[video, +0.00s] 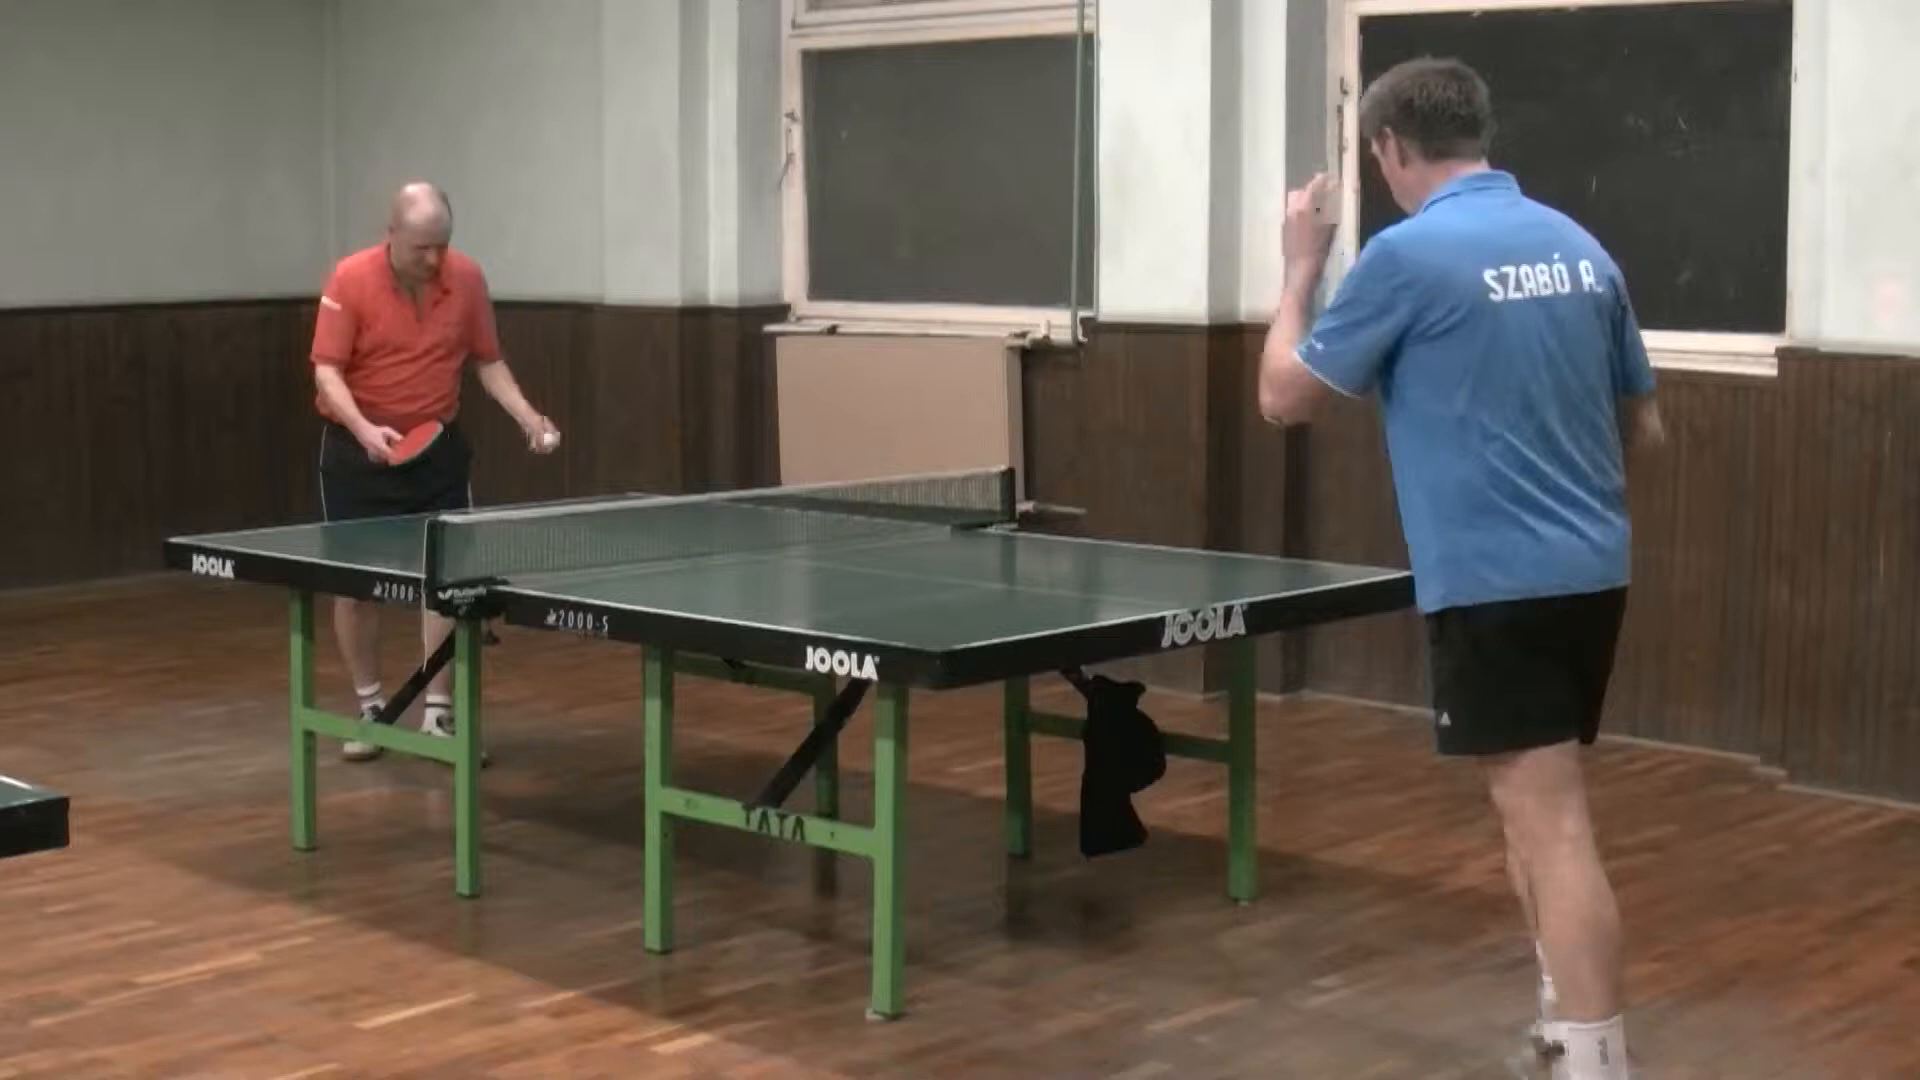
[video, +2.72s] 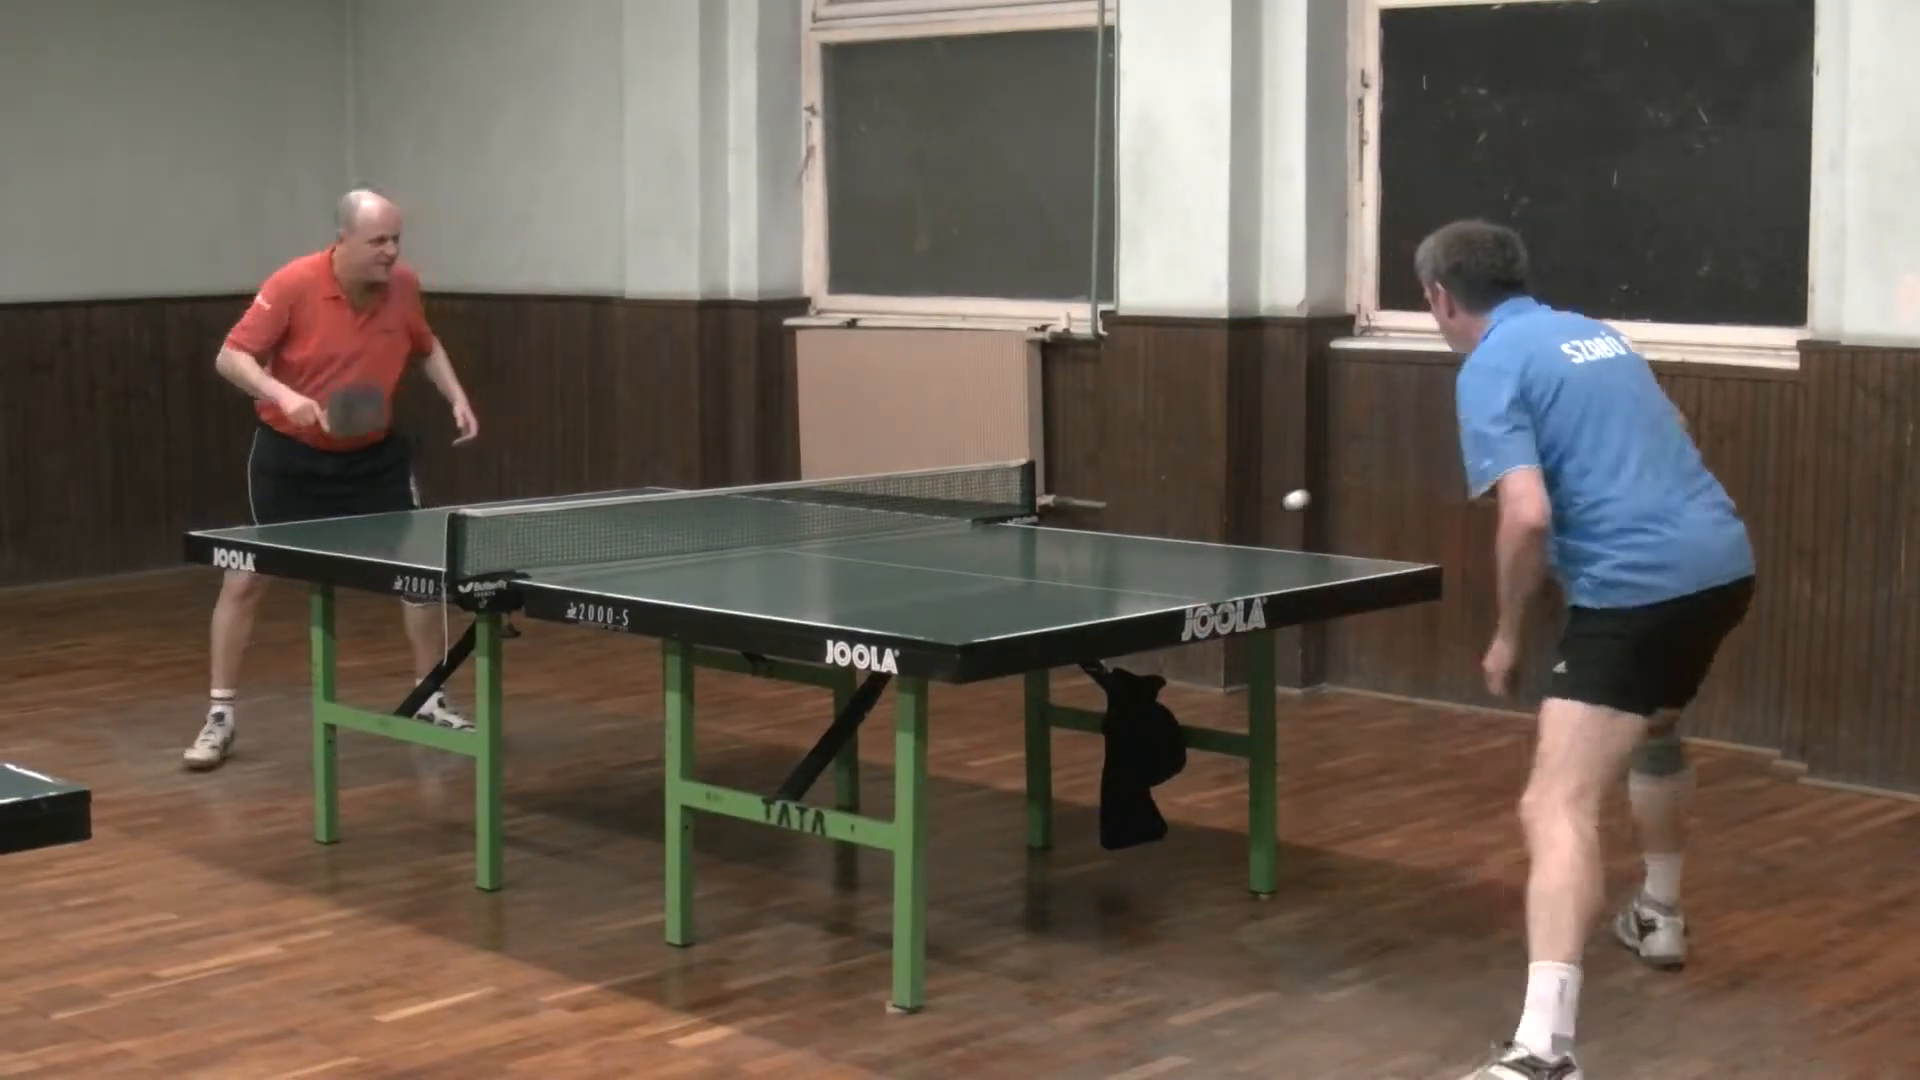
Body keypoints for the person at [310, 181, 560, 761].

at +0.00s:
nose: (434, 258)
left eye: (441, 246)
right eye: (422, 247)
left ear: (450, 236)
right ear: (391, 235)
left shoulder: (465, 277)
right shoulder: (351, 280)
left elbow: (489, 362)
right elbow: (326, 373)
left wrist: (529, 417)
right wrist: (364, 429)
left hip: (438, 450)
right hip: (360, 451)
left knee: (444, 581)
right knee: (354, 582)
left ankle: (438, 711)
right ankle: (370, 709)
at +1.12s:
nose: (412, 245)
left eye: (419, 233)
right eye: (399, 235)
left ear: (425, 235)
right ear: (365, 235)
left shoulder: (432, 290)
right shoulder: (314, 275)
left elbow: (437, 373)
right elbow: (246, 336)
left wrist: (439, 433)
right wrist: (284, 392)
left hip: (393, 447)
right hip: (310, 447)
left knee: (421, 575)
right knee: (294, 580)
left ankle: (443, 705)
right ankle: (299, 707)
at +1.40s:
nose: (370, 212)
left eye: (375, 201)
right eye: (357, 203)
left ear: (380, 205)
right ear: (322, 207)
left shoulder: (392, 261)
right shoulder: (277, 264)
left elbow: (425, 327)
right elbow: (231, 349)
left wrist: (446, 345)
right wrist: (301, 362)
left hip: (375, 438)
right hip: (296, 443)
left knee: (394, 571)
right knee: (291, 582)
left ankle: (382, 701)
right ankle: (300, 707)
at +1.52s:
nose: (365, 207)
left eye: (369, 196)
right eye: (352, 198)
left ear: (374, 199)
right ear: (316, 205)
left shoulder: (381, 252)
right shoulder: (276, 262)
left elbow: (437, 302)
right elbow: (248, 354)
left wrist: (455, 273)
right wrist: (329, 349)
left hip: (373, 438)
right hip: (297, 442)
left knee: (392, 573)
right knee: (294, 583)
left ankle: (384, 702)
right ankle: (301, 708)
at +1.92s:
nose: (393, 243)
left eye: (396, 232)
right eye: (383, 232)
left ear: (392, 228)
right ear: (345, 221)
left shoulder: (382, 265)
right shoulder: (303, 262)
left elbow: (446, 296)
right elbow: (314, 359)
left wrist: (507, 287)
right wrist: (390, 346)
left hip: (361, 432)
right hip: (291, 438)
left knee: (439, 520)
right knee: (298, 580)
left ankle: (456, 668)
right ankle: (302, 708)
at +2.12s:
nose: (415, 291)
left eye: (423, 285)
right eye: (413, 279)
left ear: (426, 275)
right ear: (391, 249)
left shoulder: (415, 298)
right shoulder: (328, 263)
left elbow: (460, 330)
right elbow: (252, 301)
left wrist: (520, 347)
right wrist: (325, 350)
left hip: (371, 439)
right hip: (300, 438)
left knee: (424, 557)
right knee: (302, 581)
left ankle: (451, 683)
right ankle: (304, 712)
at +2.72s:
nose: (390, 251)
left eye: (396, 240)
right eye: (378, 241)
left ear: (399, 241)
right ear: (342, 242)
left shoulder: (403, 287)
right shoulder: (295, 284)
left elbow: (424, 345)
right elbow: (230, 356)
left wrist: (457, 397)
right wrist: (282, 395)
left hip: (374, 457)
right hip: (290, 457)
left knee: (422, 576)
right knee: (246, 576)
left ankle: (431, 702)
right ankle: (219, 714)